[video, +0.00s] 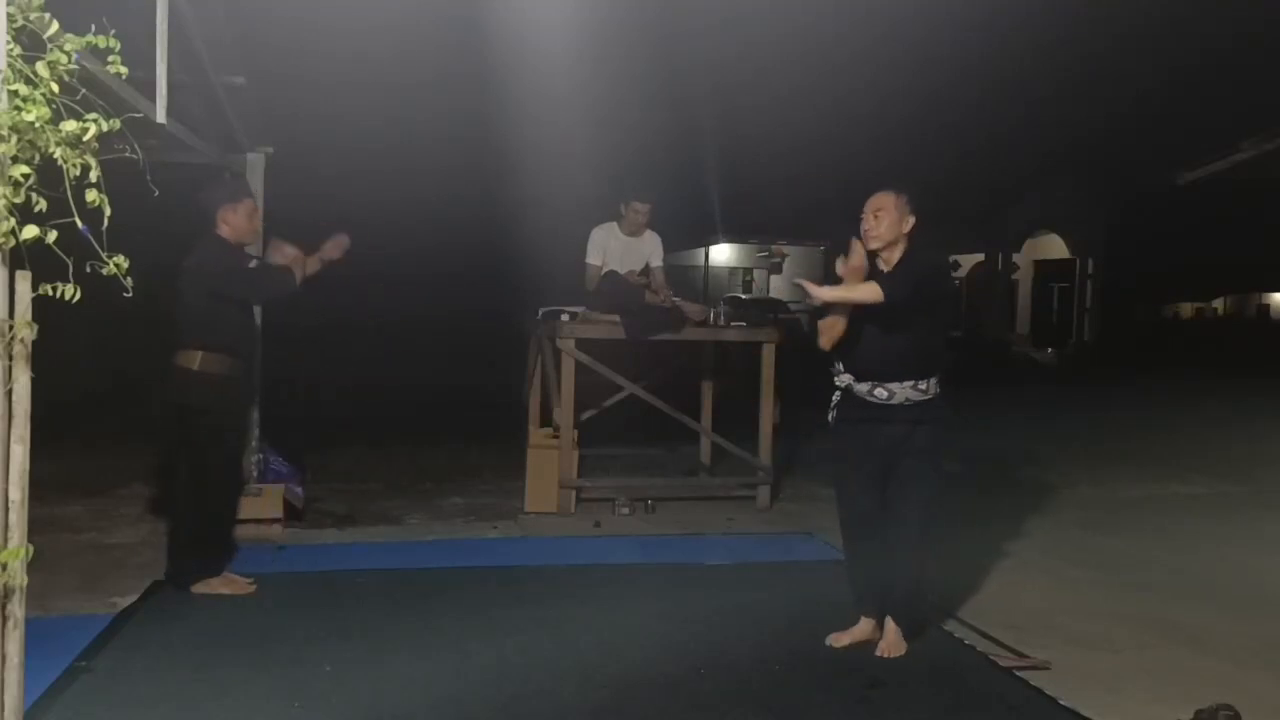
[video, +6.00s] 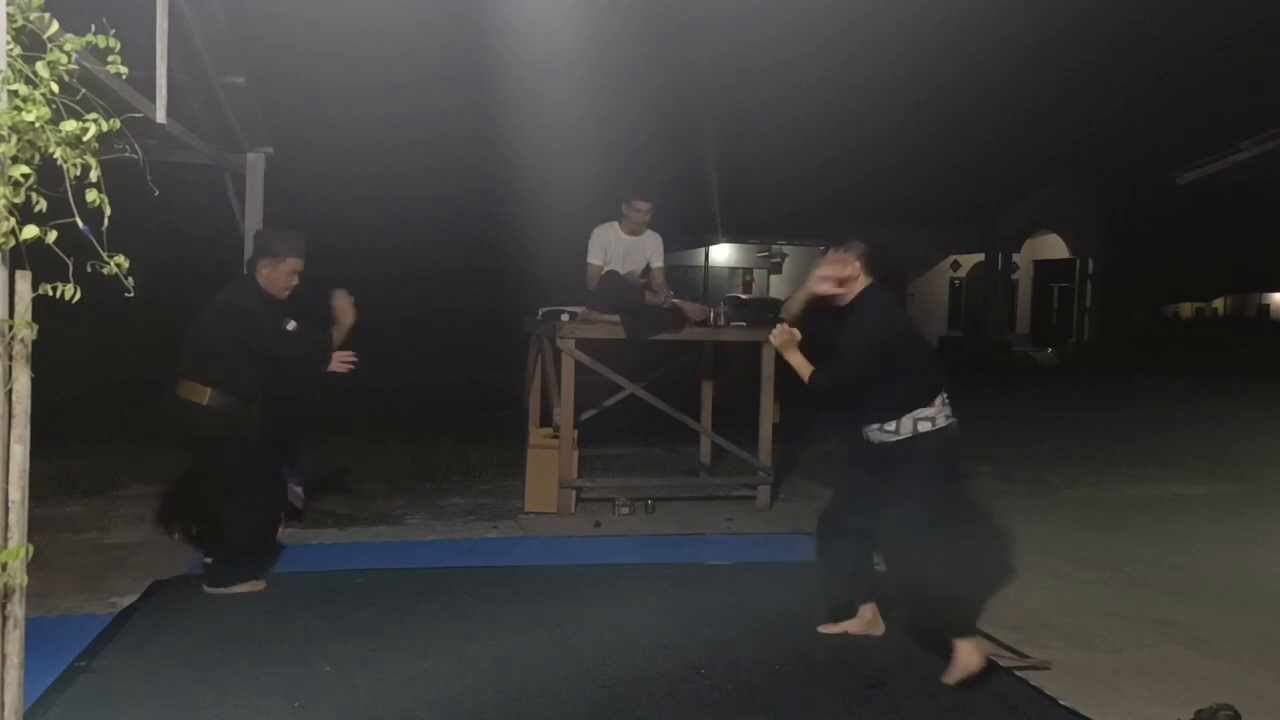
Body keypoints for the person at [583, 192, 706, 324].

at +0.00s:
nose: (640, 219)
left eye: (645, 214)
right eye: (635, 212)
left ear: (650, 215)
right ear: (623, 209)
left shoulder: (653, 240)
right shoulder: (601, 234)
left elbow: (659, 282)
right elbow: (591, 285)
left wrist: (664, 293)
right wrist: (622, 281)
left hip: (635, 300)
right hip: (602, 300)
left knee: (674, 316)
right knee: (611, 278)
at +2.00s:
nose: (641, 218)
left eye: (645, 213)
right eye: (636, 212)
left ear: (650, 213)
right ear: (623, 208)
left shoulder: (653, 239)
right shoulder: (601, 234)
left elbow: (658, 283)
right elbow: (592, 285)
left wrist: (665, 294)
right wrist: (622, 281)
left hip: (637, 301)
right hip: (603, 301)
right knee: (611, 278)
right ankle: (676, 310)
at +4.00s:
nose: (633, 214)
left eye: (639, 209)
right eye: (628, 207)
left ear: (648, 212)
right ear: (620, 207)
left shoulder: (652, 239)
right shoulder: (601, 234)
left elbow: (658, 282)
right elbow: (591, 284)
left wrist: (664, 294)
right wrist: (621, 279)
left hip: (634, 300)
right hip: (602, 300)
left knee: (676, 317)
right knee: (611, 278)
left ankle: (607, 319)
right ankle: (679, 306)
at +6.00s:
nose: (642, 218)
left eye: (647, 212)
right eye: (637, 211)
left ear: (651, 214)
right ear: (624, 209)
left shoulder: (654, 240)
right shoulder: (602, 234)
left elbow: (659, 283)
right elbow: (592, 283)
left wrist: (665, 295)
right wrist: (623, 281)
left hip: (637, 300)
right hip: (603, 300)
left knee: (675, 317)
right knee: (611, 278)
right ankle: (679, 306)